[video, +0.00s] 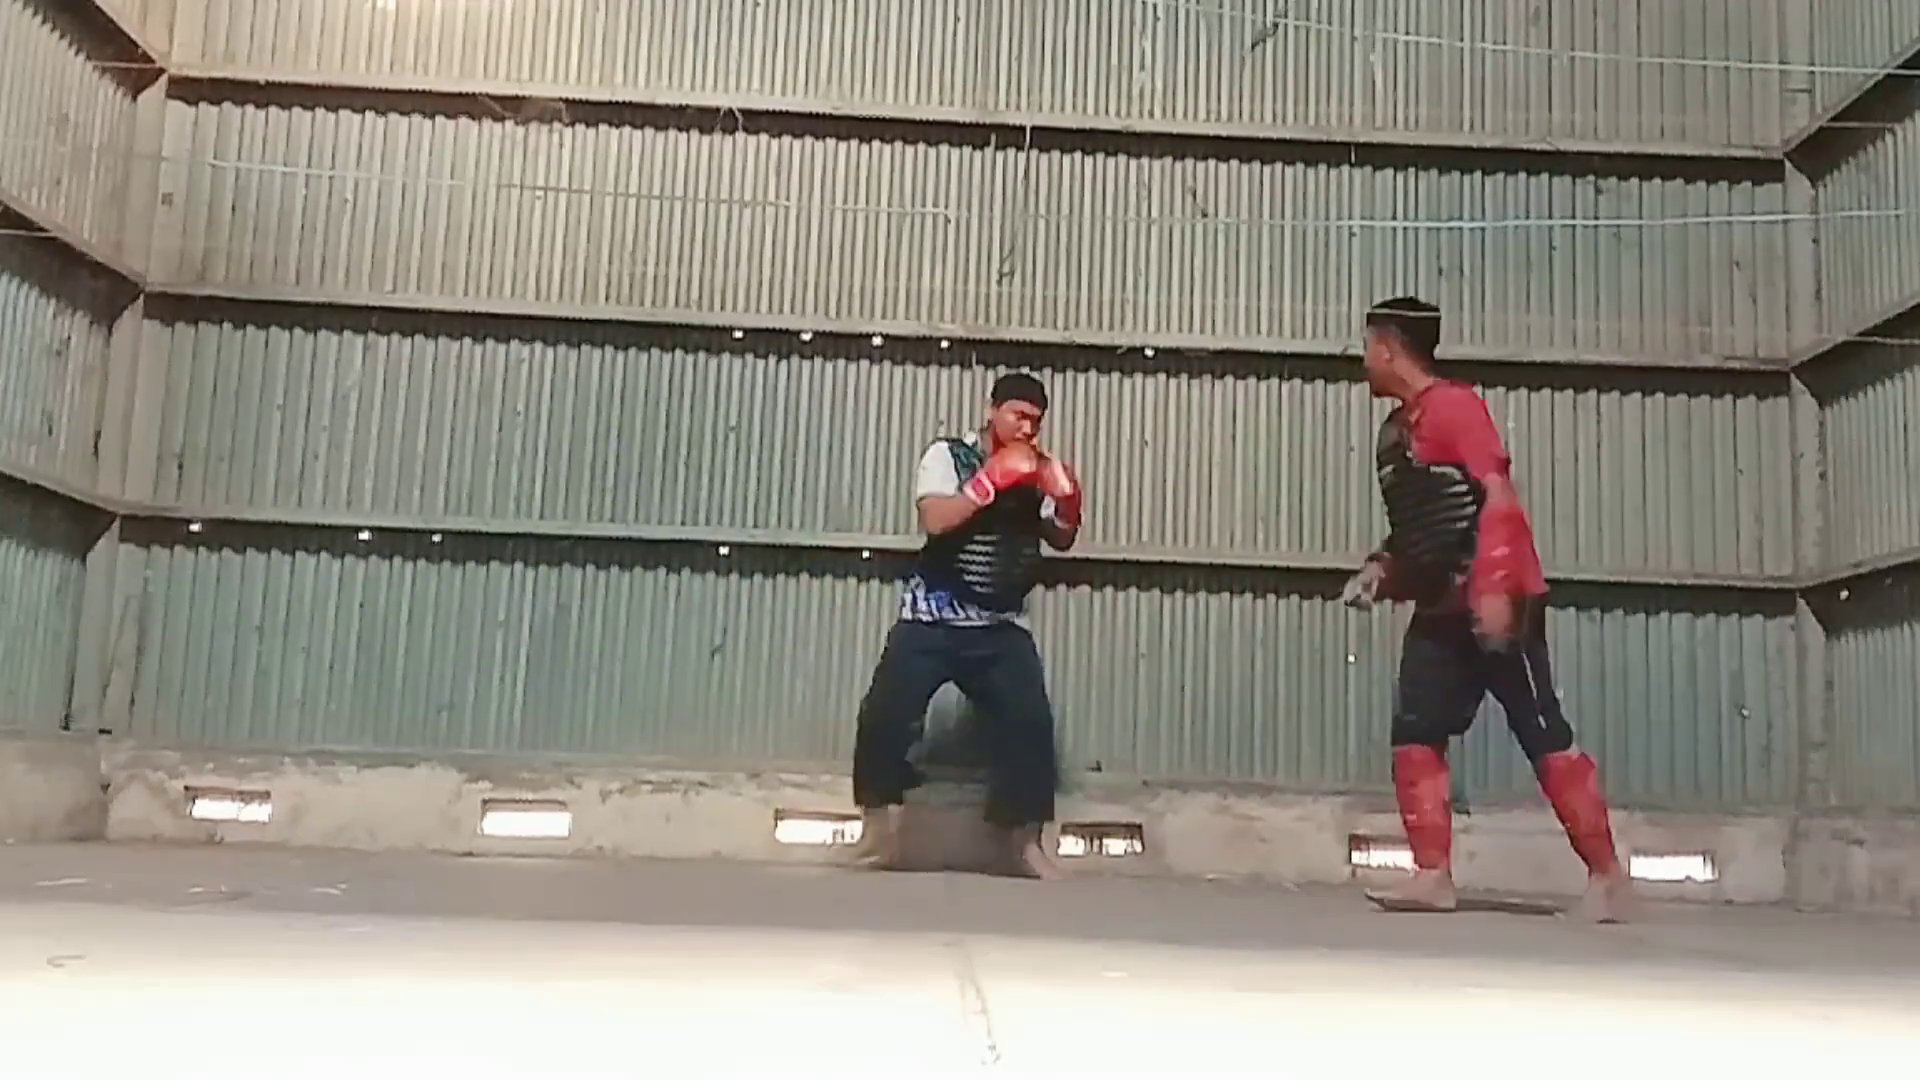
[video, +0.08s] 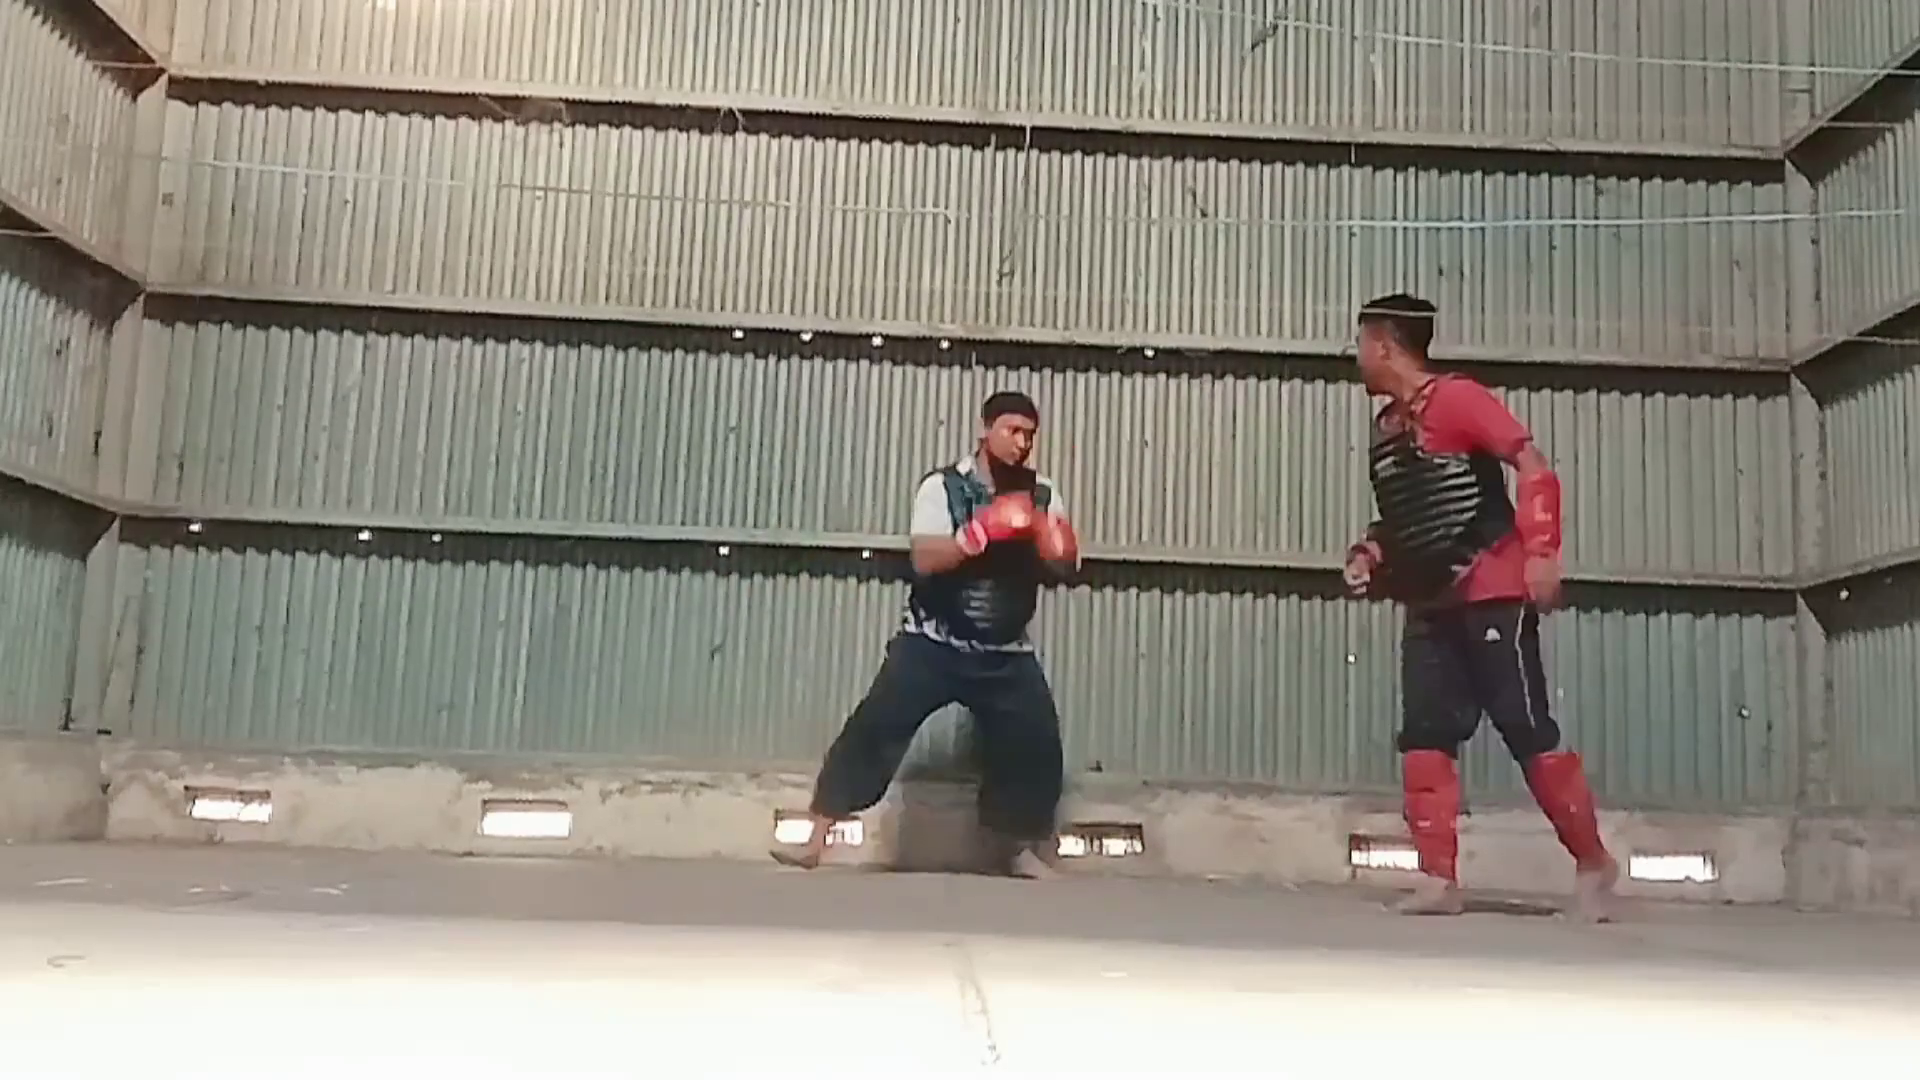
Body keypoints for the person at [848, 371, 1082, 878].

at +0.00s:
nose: (1024, 427)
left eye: (1033, 420)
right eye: (1016, 415)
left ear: (1040, 426)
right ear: (991, 412)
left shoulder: (1038, 476)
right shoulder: (947, 455)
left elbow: (1060, 542)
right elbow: (936, 520)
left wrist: (1066, 500)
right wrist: (992, 477)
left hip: (1000, 629)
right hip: (929, 622)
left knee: (1030, 718)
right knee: (882, 714)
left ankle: (1025, 842)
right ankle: (880, 831)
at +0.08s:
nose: (1022, 442)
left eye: (1029, 434)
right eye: (1013, 431)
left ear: (1033, 440)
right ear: (986, 430)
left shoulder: (1041, 495)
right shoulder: (941, 487)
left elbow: (1066, 572)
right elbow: (925, 560)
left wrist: (1059, 551)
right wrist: (977, 535)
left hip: (1007, 656)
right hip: (932, 646)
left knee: (1037, 746)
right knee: (876, 724)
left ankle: (1021, 847)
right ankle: (819, 833)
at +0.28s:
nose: (965, 445)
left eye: (970, 436)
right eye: (955, 434)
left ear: (973, 443)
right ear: (925, 436)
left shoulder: (985, 499)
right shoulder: (883, 497)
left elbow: (999, 558)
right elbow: (867, 571)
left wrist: (1014, 573)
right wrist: (922, 548)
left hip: (962, 656)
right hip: (887, 648)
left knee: (1001, 744)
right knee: (845, 726)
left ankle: (1024, 849)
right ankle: (799, 843)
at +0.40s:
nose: (930, 417)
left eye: (935, 410)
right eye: (921, 406)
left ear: (937, 419)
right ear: (888, 407)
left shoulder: (936, 479)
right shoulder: (844, 468)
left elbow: (951, 544)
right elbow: (834, 537)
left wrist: (979, 545)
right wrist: (891, 502)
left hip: (915, 640)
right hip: (842, 634)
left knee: (955, 736)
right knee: (813, 725)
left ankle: (981, 832)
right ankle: (798, 839)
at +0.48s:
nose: (908, 385)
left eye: (911, 376)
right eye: (899, 373)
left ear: (908, 384)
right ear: (864, 374)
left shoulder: (904, 445)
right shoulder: (818, 428)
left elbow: (905, 504)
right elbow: (806, 490)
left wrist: (947, 500)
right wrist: (867, 449)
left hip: (877, 607)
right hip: (810, 599)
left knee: (892, 717)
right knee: (792, 712)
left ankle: (896, 836)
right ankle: (788, 834)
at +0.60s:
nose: (887, 357)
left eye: (891, 350)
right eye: (877, 346)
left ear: (888, 360)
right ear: (842, 346)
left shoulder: (883, 418)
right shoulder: (796, 399)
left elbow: (877, 493)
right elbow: (780, 464)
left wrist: (916, 483)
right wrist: (845, 426)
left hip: (848, 583)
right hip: (784, 572)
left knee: (832, 700)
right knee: (770, 688)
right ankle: (756, 823)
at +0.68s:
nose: (861, 361)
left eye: (866, 353)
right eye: (851, 350)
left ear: (864, 363)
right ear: (816, 349)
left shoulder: (857, 424)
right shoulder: (772, 403)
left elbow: (860, 503)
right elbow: (753, 471)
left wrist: (887, 486)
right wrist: (820, 438)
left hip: (813, 589)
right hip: (752, 574)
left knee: (781, 708)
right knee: (723, 688)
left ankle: (722, 832)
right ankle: (680, 810)